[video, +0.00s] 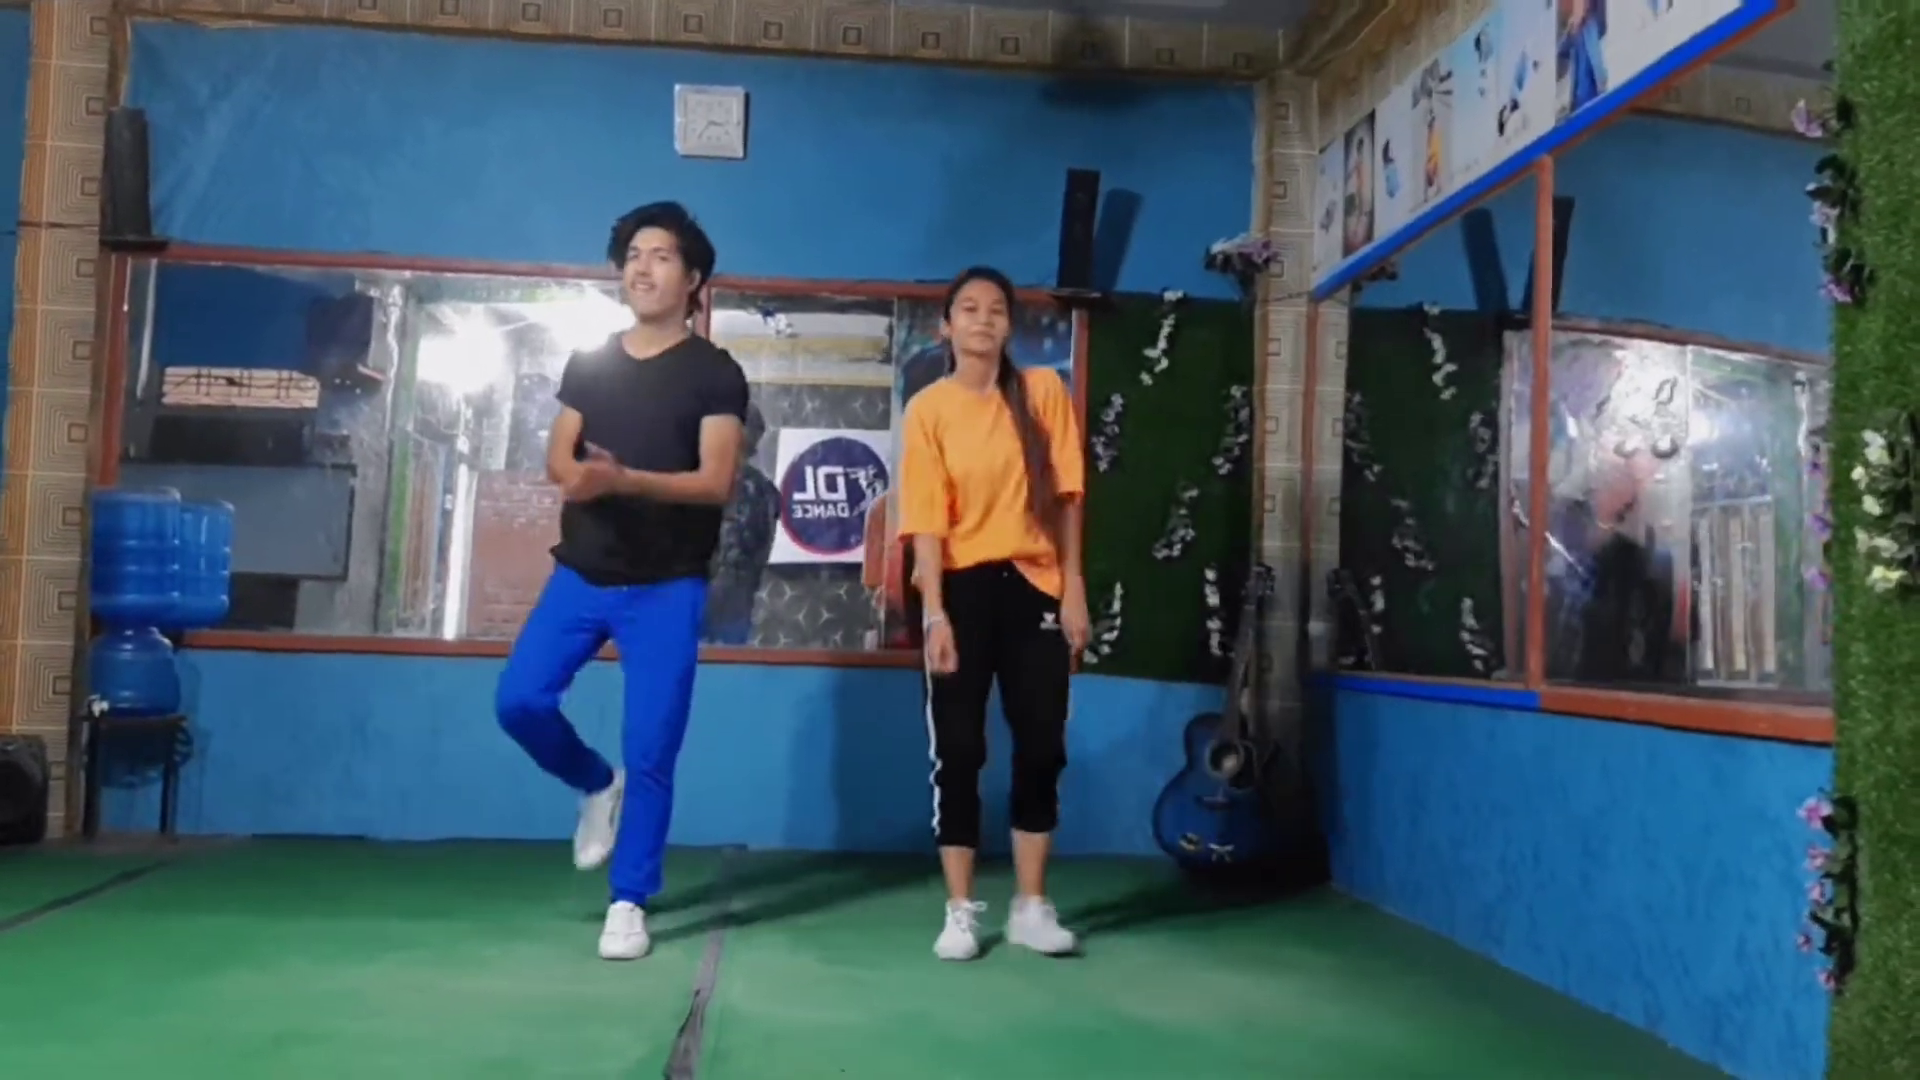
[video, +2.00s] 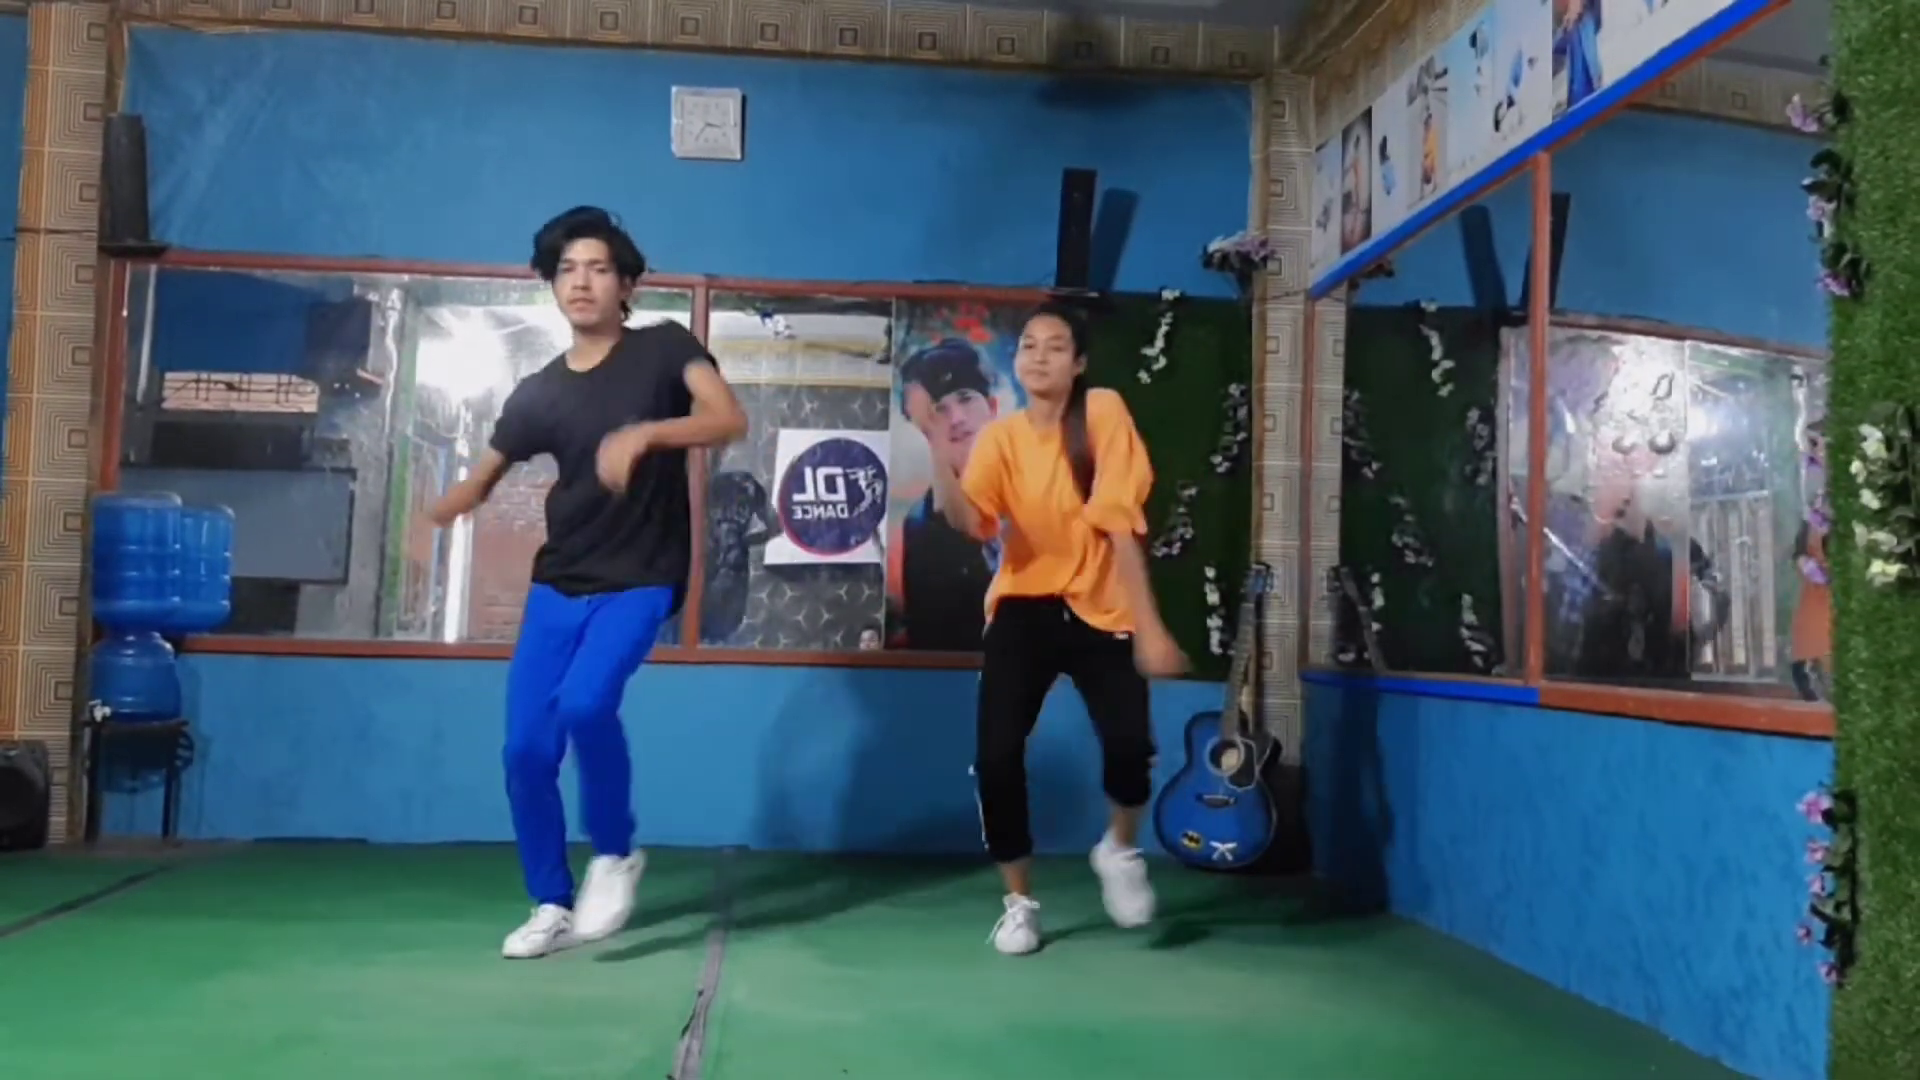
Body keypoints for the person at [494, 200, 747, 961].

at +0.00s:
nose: (644, 269)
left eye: (662, 258)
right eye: (635, 257)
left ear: (694, 279)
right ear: (619, 274)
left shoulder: (715, 373)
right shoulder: (589, 367)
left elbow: (717, 484)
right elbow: (558, 459)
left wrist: (624, 480)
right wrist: (585, 479)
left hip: (666, 589)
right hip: (580, 578)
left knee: (648, 753)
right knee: (520, 704)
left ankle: (629, 901)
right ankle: (598, 784)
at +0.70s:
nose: (618, 272)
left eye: (630, 259)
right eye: (601, 259)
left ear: (644, 273)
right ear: (573, 274)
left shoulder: (672, 358)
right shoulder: (539, 362)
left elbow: (768, 410)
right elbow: (459, 428)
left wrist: (682, 425)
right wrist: (557, 438)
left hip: (654, 585)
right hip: (563, 587)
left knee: (658, 729)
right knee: (570, 746)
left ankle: (627, 892)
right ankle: (574, 898)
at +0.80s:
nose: (626, 269)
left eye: (640, 257)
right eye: (611, 256)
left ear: (656, 272)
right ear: (583, 271)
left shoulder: (683, 359)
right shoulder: (546, 356)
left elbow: (770, 421)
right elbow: (457, 423)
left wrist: (838, 386)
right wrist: (423, 380)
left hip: (657, 587)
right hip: (567, 585)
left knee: (639, 748)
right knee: (572, 748)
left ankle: (620, 904)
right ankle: (578, 895)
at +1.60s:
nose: (624, 265)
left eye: (638, 251)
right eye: (609, 252)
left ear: (662, 265)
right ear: (588, 269)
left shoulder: (699, 345)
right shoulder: (563, 355)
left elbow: (793, 401)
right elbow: (472, 404)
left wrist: (784, 336)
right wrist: (419, 335)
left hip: (665, 575)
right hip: (579, 565)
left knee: (655, 727)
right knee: (496, 685)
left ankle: (673, 865)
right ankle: (538, 844)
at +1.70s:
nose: (614, 261)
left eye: (628, 246)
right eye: (597, 248)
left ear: (652, 260)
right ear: (578, 263)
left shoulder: (691, 341)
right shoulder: (550, 350)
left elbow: (778, 402)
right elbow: (466, 400)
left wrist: (724, 427)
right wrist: (449, 417)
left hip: (656, 558)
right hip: (570, 556)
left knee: (628, 690)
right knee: (521, 709)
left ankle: (618, 840)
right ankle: (537, 884)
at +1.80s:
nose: (604, 271)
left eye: (618, 256)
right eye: (588, 258)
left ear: (642, 271)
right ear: (569, 275)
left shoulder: (682, 362)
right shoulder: (549, 368)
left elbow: (736, 464)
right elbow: (505, 470)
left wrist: (700, 535)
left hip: (628, 587)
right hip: (549, 583)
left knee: (586, 736)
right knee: (528, 740)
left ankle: (598, 892)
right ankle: (553, 898)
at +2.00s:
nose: (582, 282)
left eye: (598, 269)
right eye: (569, 271)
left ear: (626, 284)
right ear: (553, 287)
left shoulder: (665, 346)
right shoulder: (540, 392)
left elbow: (729, 420)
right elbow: (484, 475)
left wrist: (643, 434)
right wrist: (446, 509)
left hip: (642, 578)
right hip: (559, 582)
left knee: (584, 704)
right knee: (523, 745)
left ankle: (615, 855)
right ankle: (552, 904)